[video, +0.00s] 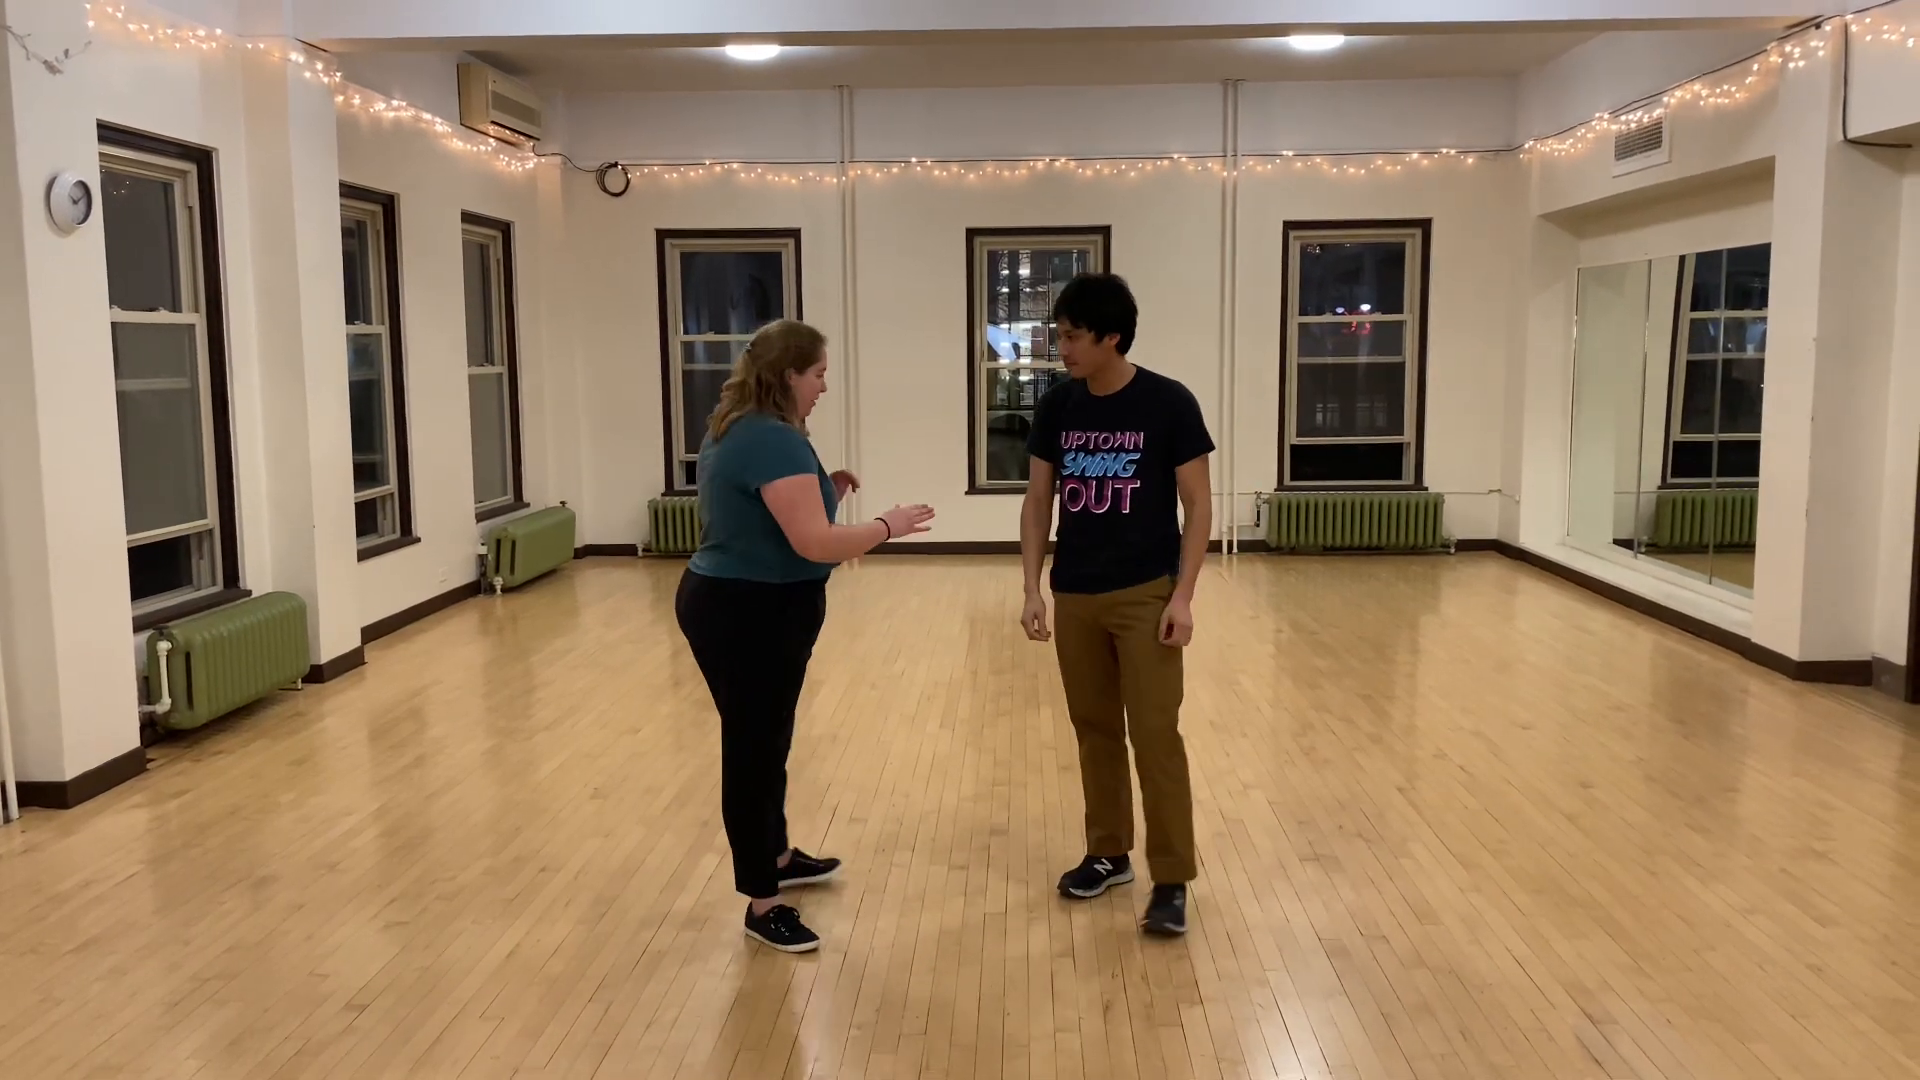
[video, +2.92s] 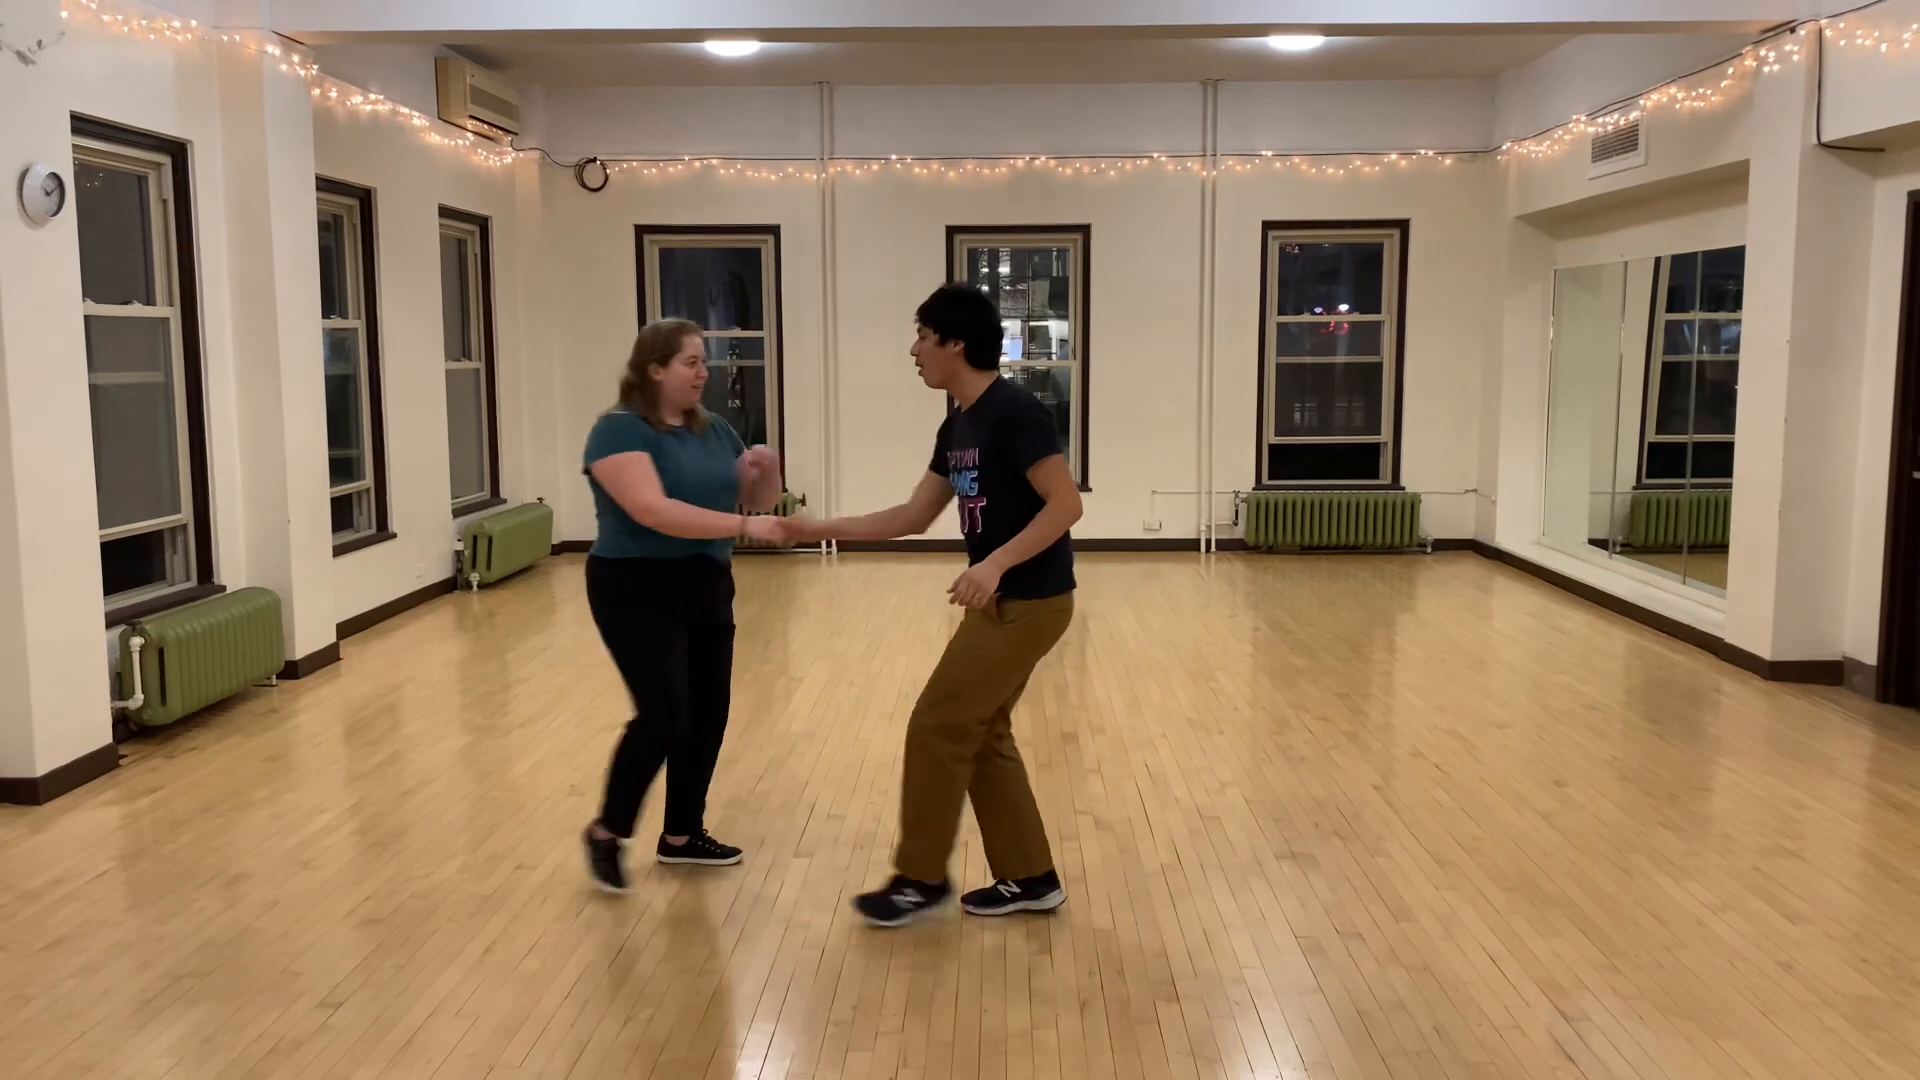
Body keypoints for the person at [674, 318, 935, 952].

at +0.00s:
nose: (824, 386)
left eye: (824, 375)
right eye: (817, 374)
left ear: (778, 374)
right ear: (786, 376)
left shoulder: (744, 430)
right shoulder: (771, 440)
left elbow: (764, 519)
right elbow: (816, 543)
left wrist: (826, 492)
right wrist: (886, 526)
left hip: (750, 604)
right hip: (748, 613)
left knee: (768, 740)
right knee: (752, 750)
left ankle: (776, 855)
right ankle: (760, 903)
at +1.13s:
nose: (801, 374)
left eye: (799, 363)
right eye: (795, 364)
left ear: (739, 368)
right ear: (766, 368)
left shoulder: (699, 425)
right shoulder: (781, 427)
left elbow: (713, 506)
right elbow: (829, 517)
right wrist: (903, 559)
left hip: (702, 584)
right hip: (770, 589)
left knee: (716, 719)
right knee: (769, 724)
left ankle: (722, 851)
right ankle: (772, 860)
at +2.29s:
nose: (790, 368)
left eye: (787, 357)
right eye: (782, 359)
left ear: (729, 368)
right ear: (752, 367)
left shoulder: (685, 427)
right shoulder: (780, 428)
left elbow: (669, 503)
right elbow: (857, 494)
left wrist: (731, 490)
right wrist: (919, 488)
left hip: (694, 587)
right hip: (769, 587)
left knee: (728, 717)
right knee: (767, 723)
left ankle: (713, 844)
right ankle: (762, 862)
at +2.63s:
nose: (756, 370)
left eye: (755, 359)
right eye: (746, 361)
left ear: (707, 373)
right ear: (712, 370)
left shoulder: (676, 423)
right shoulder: (719, 431)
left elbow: (690, 492)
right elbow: (783, 518)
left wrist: (748, 453)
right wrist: (862, 542)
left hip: (669, 584)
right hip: (715, 589)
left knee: (696, 711)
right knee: (755, 718)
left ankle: (676, 834)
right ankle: (764, 860)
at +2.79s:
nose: (727, 371)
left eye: (728, 361)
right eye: (715, 361)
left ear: (721, 369)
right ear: (679, 368)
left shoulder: (705, 427)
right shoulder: (656, 431)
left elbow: (729, 492)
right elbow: (704, 512)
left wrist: (771, 468)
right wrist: (800, 528)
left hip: (701, 585)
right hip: (657, 587)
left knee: (689, 703)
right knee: (721, 697)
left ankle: (678, 833)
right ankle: (703, 840)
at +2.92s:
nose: (702, 372)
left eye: (703, 362)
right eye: (690, 363)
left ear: (701, 370)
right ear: (654, 369)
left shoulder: (717, 431)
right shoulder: (618, 433)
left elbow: (753, 512)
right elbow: (652, 509)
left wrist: (762, 480)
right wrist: (743, 525)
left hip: (703, 585)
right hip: (631, 586)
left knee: (705, 712)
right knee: (663, 713)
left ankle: (683, 834)